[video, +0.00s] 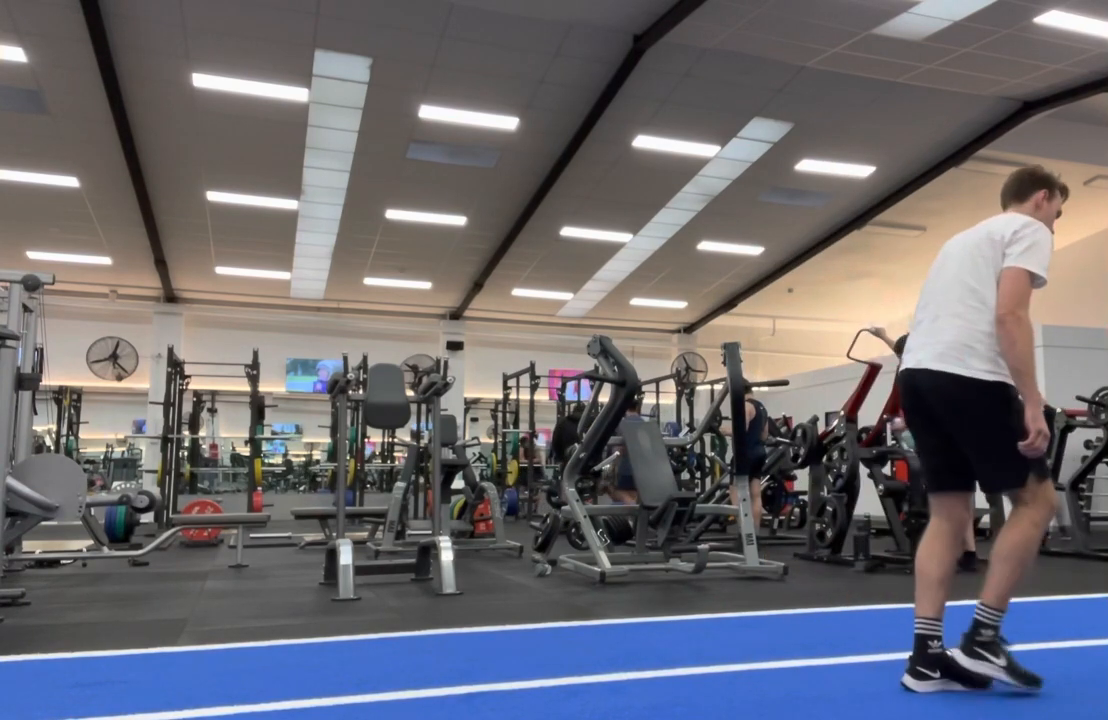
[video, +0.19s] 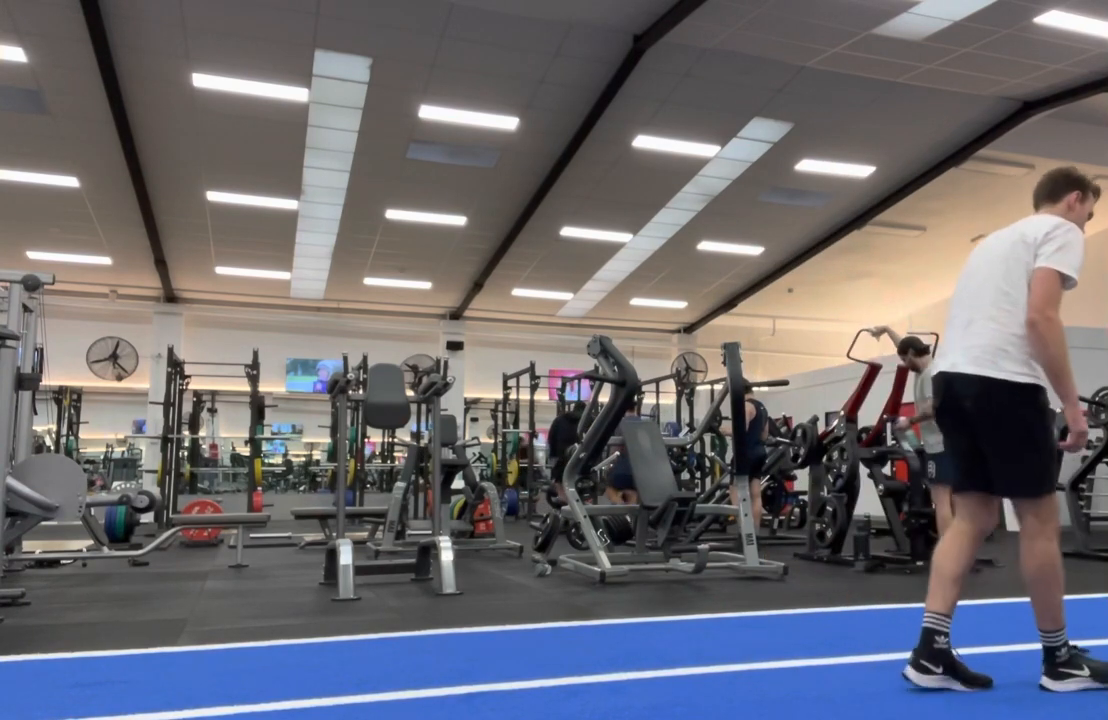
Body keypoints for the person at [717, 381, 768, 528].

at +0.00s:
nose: (731, 394)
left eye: (732, 390)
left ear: (737, 391)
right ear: (749, 388)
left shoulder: (746, 406)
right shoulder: (760, 406)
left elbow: (740, 430)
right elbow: (764, 434)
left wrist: (720, 429)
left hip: (744, 454)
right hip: (759, 453)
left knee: (735, 490)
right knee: (756, 495)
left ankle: (742, 530)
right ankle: (755, 533)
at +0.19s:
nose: (731, 394)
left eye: (732, 390)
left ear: (737, 391)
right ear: (750, 388)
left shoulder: (746, 406)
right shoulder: (761, 406)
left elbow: (740, 430)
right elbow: (764, 434)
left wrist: (719, 429)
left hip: (745, 454)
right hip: (759, 453)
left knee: (734, 489)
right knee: (756, 495)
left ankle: (742, 530)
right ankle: (755, 533)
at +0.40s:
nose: (732, 395)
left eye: (733, 391)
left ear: (738, 391)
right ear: (750, 388)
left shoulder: (746, 406)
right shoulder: (761, 406)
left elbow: (741, 430)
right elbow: (765, 434)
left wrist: (722, 430)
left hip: (745, 454)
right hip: (759, 453)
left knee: (735, 489)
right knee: (756, 495)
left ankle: (742, 529)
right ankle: (755, 533)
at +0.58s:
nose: (733, 395)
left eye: (734, 391)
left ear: (738, 391)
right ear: (750, 388)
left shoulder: (747, 405)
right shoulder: (761, 406)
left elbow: (741, 429)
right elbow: (766, 433)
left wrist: (723, 430)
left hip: (745, 453)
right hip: (760, 452)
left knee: (735, 489)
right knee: (756, 494)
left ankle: (743, 528)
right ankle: (755, 531)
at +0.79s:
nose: (733, 395)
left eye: (734, 391)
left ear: (738, 391)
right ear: (750, 388)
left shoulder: (747, 405)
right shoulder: (762, 406)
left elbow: (742, 429)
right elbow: (765, 434)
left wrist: (724, 430)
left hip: (745, 453)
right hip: (760, 452)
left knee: (735, 489)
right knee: (756, 493)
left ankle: (743, 527)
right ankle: (755, 531)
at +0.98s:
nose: (733, 395)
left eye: (734, 391)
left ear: (738, 391)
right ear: (751, 388)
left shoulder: (747, 405)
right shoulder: (762, 406)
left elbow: (742, 429)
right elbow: (766, 433)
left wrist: (724, 429)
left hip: (745, 454)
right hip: (760, 453)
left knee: (735, 488)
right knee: (756, 494)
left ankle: (743, 527)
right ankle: (755, 532)